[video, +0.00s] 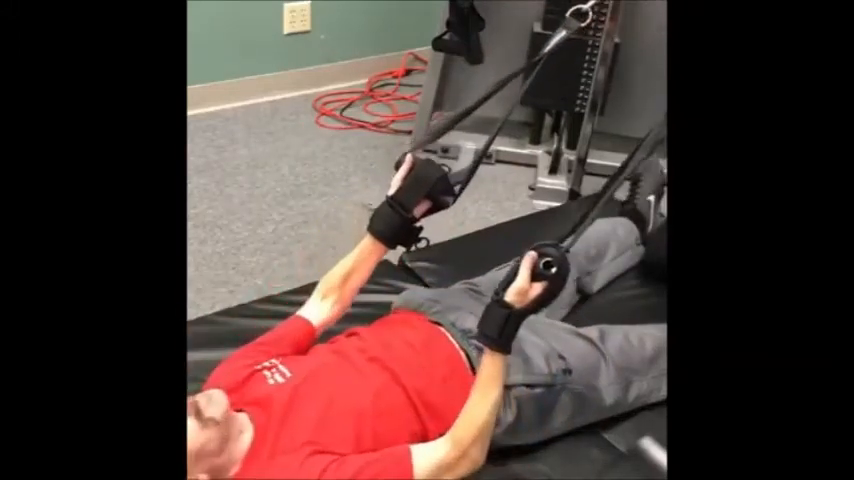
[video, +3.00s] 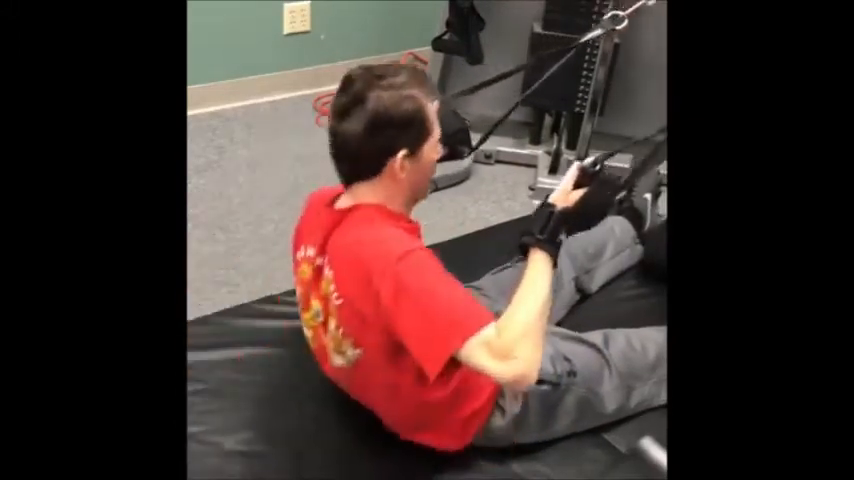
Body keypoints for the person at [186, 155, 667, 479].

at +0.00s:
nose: (202, 402)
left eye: (186, 401)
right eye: (192, 424)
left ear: (186, 394)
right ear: (201, 473)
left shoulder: (229, 375)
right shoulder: (289, 472)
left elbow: (327, 302)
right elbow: (456, 456)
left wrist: (392, 220)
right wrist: (503, 326)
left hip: (427, 312)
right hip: (493, 379)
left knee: (553, 269)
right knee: (648, 351)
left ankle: (635, 221)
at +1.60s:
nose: (226, 338)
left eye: (209, 338)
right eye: (211, 356)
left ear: (219, 331)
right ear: (210, 420)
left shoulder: (251, 340)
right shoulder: (294, 462)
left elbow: (311, 269)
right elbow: (465, 454)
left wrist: (379, 194)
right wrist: (502, 311)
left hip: (435, 309)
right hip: (496, 377)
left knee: (553, 263)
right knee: (639, 355)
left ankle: (637, 222)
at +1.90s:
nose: (275, 278)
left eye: (257, 274)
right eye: (258, 290)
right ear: (243, 352)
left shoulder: (272, 311)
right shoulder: (316, 434)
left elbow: (320, 244)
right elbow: (482, 446)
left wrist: (380, 185)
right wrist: (515, 312)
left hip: (451, 307)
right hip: (504, 379)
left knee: (611, 229)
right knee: (655, 352)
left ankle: (637, 226)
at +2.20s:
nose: (319, 227)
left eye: (306, 220)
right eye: (305, 231)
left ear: (278, 286)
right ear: (283, 284)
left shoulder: (273, 302)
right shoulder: (331, 386)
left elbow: (324, 232)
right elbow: (489, 432)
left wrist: (383, 176)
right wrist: (525, 293)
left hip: (458, 307)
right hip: (506, 376)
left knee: (591, 238)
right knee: (656, 351)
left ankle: (638, 218)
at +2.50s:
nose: (369, 190)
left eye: (359, 181)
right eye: (358, 190)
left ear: (311, 231)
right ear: (323, 230)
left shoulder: (282, 259)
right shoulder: (352, 338)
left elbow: (331, 221)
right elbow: (495, 408)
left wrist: (391, 166)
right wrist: (528, 273)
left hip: (450, 305)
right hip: (496, 376)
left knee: (555, 258)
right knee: (658, 351)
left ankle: (636, 223)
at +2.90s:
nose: (426, 160)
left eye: (424, 145)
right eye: (419, 150)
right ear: (385, 174)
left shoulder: (312, 216)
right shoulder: (386, 276)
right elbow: (508, 375)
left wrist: (403, 136)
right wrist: (543, 241)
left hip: (443, 319)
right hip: (481, 399)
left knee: (561, 252)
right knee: (657, 354)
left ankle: (636, 220)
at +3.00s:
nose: (442, 152)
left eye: (439, 138)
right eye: (435, 142)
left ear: (346, 151)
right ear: (400, 164)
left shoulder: (321, 208)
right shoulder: (394, 260)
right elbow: (515, 362)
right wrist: (546, 237)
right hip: (479, 397)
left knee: (563, 257)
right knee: (657, 354)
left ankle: (635, 218)